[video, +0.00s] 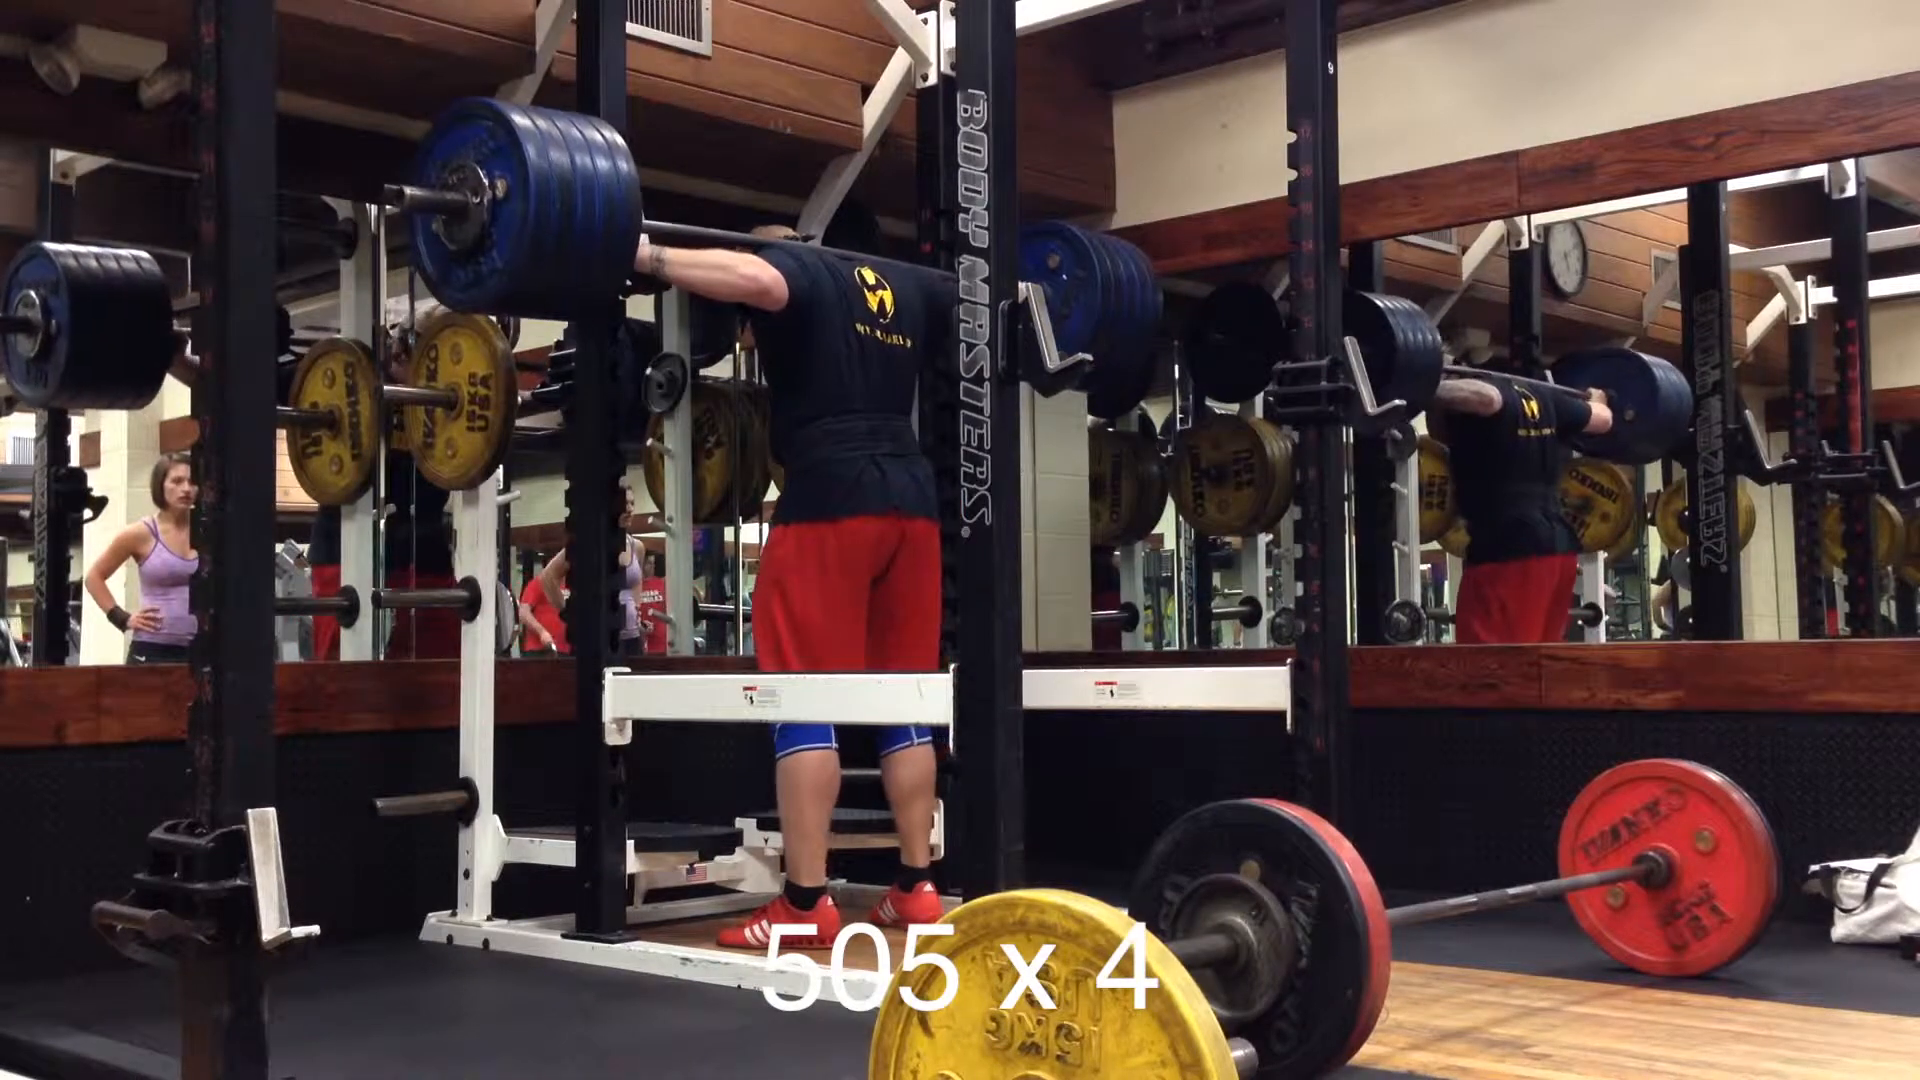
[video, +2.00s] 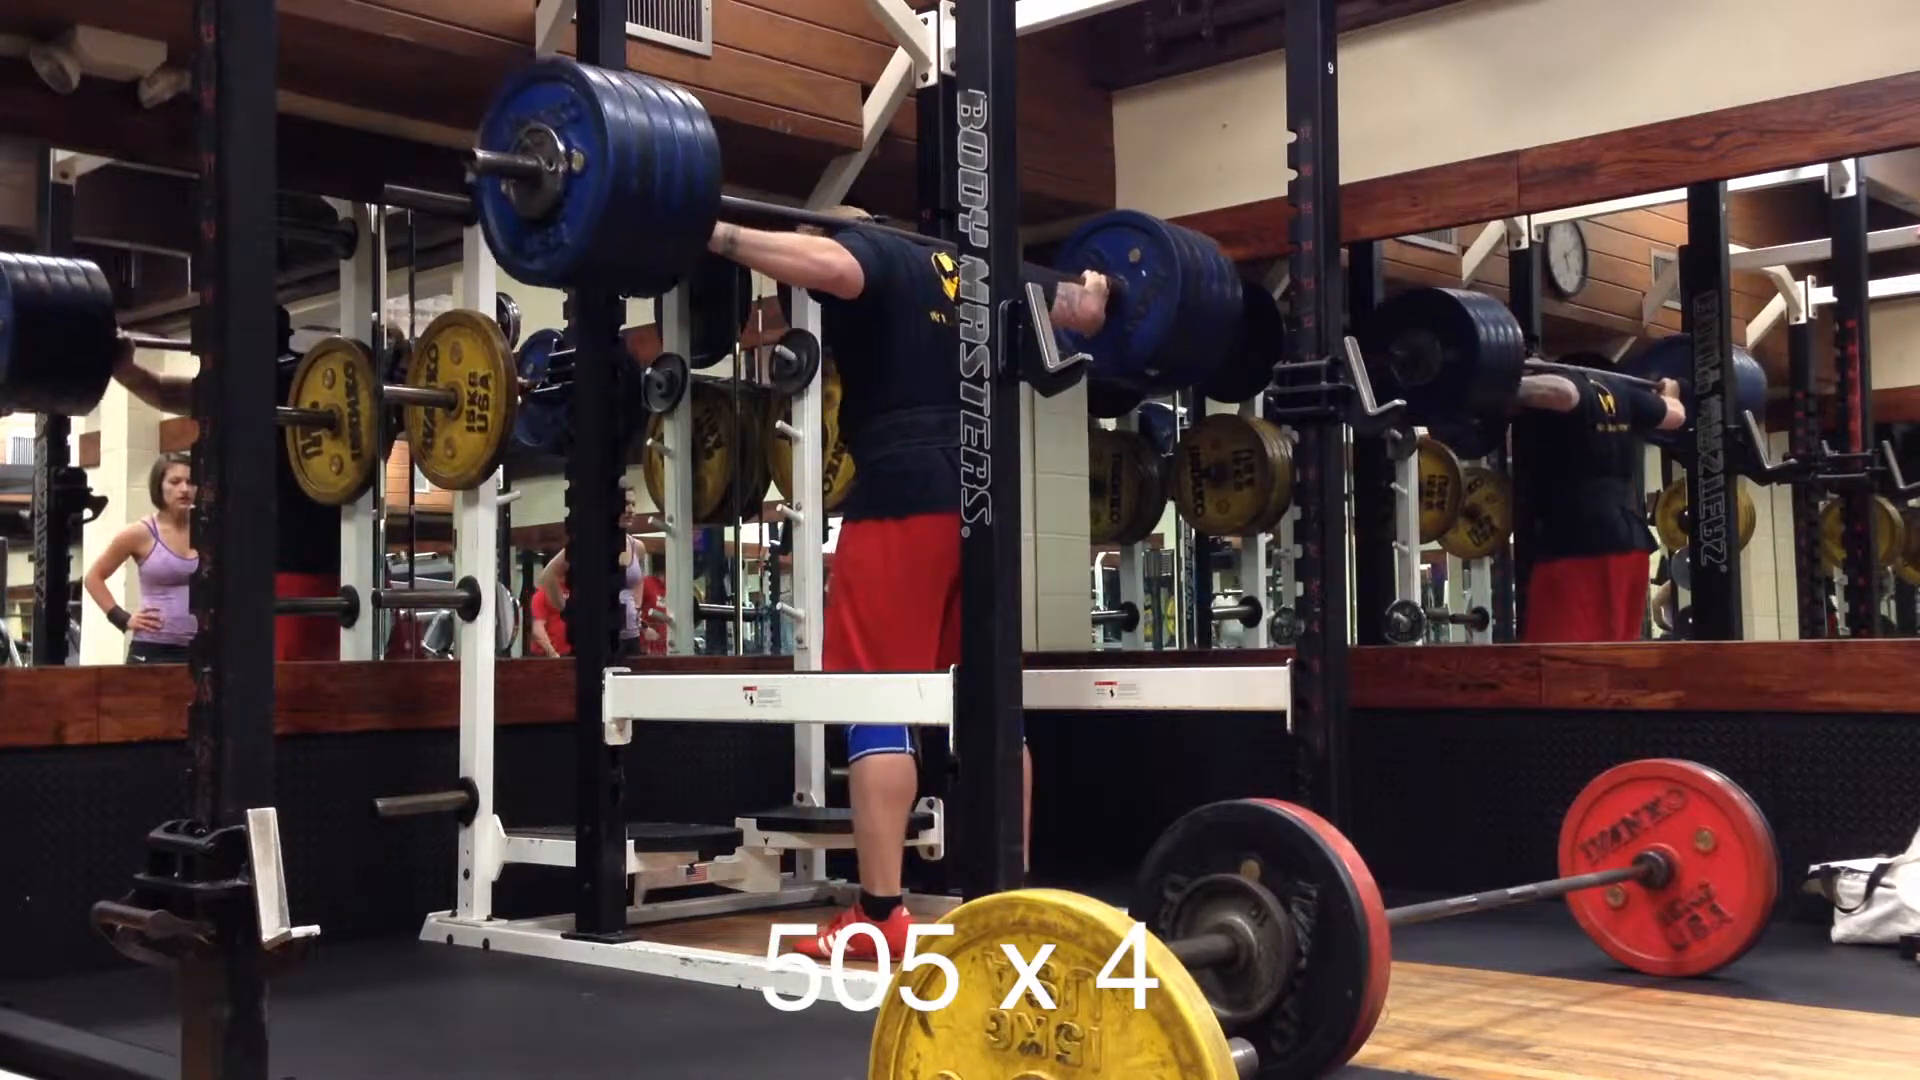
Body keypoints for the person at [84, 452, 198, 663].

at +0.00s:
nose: (186, 489)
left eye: (192, 481)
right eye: (177, 481)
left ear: (199, 487)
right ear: (160, 486)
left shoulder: (204, 529)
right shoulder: (140, 534)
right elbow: (94, 578)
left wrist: (212, 614)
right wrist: (123, 619)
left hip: (199, 648)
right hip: (153, 648)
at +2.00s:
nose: (185, 489)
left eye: (190, 482)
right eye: (175, 482)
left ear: (198, 487)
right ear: (158, 487)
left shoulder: (203, 528)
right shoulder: (140, 533)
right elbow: (93, 578)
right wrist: (124, 620)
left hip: (198, 648)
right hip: (153, 648)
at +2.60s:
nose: (186, 489)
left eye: (191, 482)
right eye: (177, 482)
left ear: (199, 487)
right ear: (159, 487)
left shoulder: (204, 529)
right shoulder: (141, 534)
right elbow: (93, 579)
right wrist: (123, 619)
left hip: (199, 648)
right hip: (153, 648)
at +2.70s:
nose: (186, 489)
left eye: (192, 482)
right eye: (177, 482)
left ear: (199, 487)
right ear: (159, 487)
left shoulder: (204, 530)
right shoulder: (141, 534)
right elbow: (93, 579)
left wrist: (213, 614)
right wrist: (123, 619)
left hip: (199, 648)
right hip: (153, 649)